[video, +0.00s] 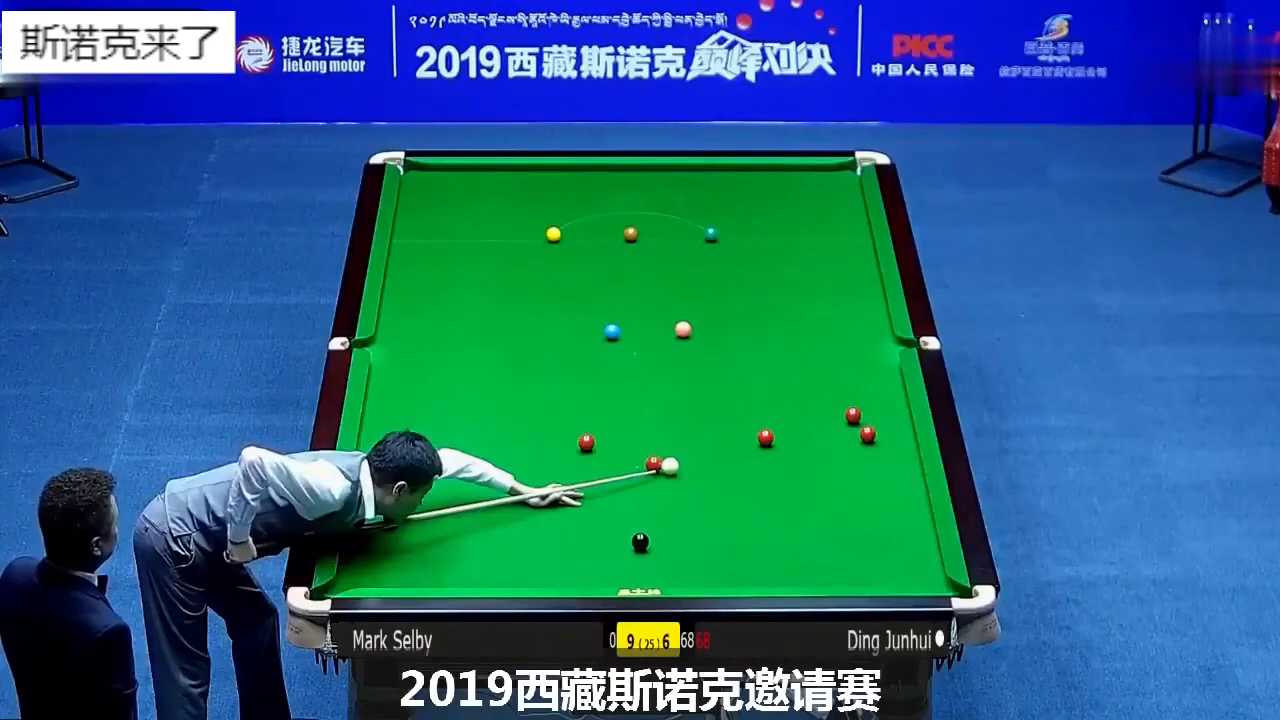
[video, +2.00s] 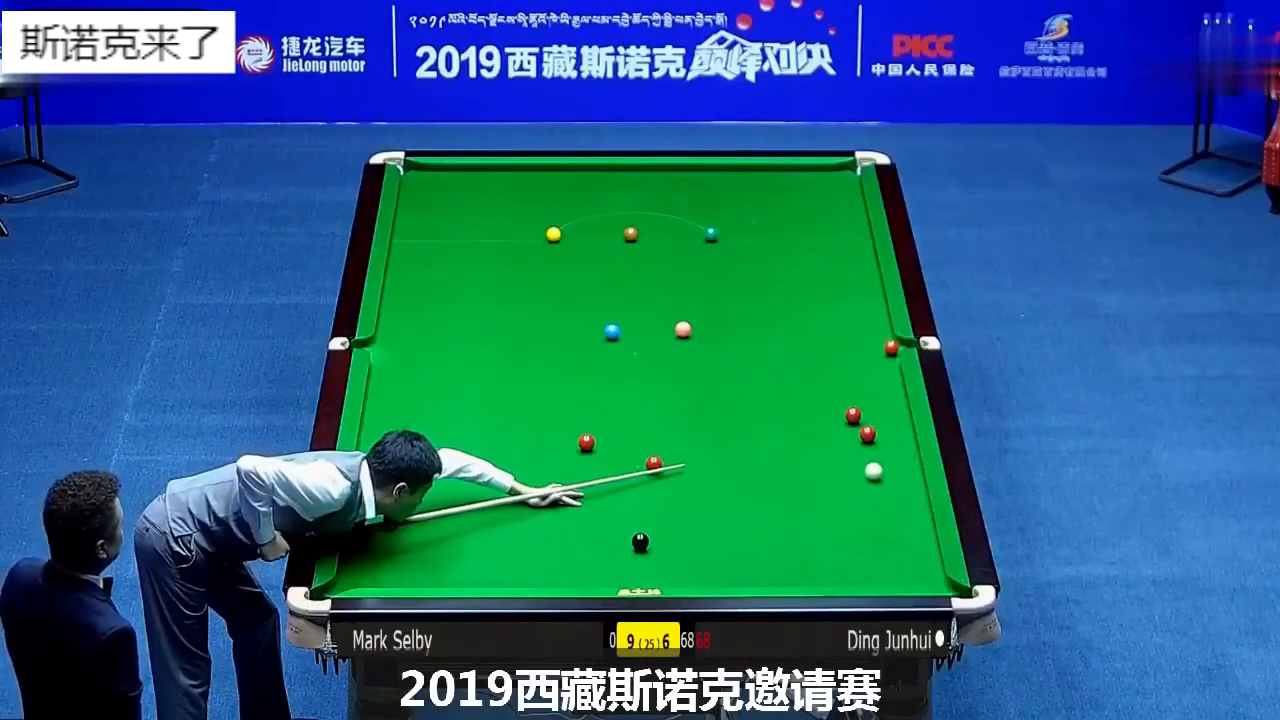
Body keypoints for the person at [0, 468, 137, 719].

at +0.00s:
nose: (117, 527)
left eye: (114, 520)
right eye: (114, 523)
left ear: (49, 530)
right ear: (97, 545)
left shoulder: (15, 576)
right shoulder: (108, 632)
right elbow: (126, 710)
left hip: (30, 711)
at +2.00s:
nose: (122, 528)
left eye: (119, 522)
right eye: (118, 525)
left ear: (55, 532)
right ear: (102, 548)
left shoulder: (20, 577)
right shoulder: (113, 634)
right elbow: (130, 708)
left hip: (32, 711)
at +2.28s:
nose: (136, 533)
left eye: (133, 528)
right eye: (132, 531)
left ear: (70, 539)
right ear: (115, 556)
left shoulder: (39, 580)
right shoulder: (119, 644)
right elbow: (141, 713)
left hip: (45, 711)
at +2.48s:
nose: (160, 537)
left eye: (156, 533)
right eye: (157, 536)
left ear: (96, 543)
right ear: (139, 562)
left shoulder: (70, 580)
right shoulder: (134, 653)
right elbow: (152, 713)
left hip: (72, 711)